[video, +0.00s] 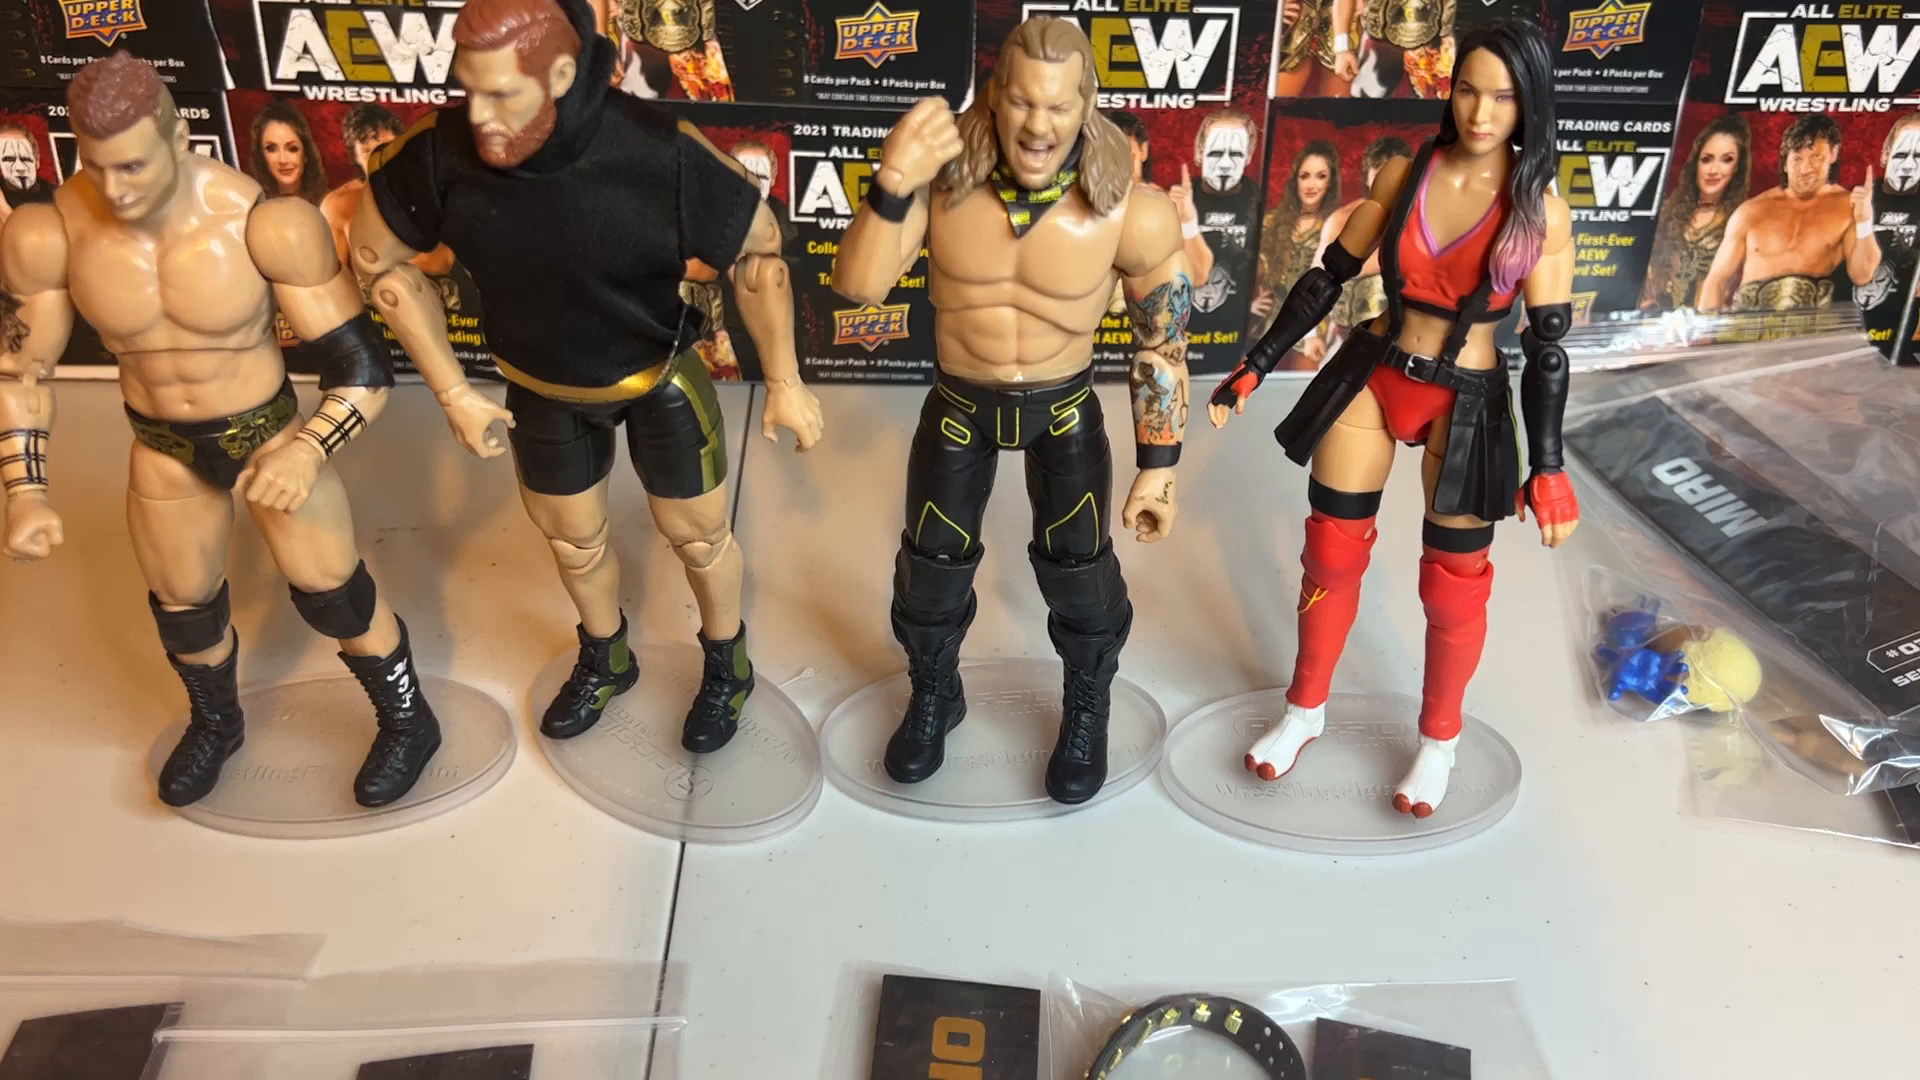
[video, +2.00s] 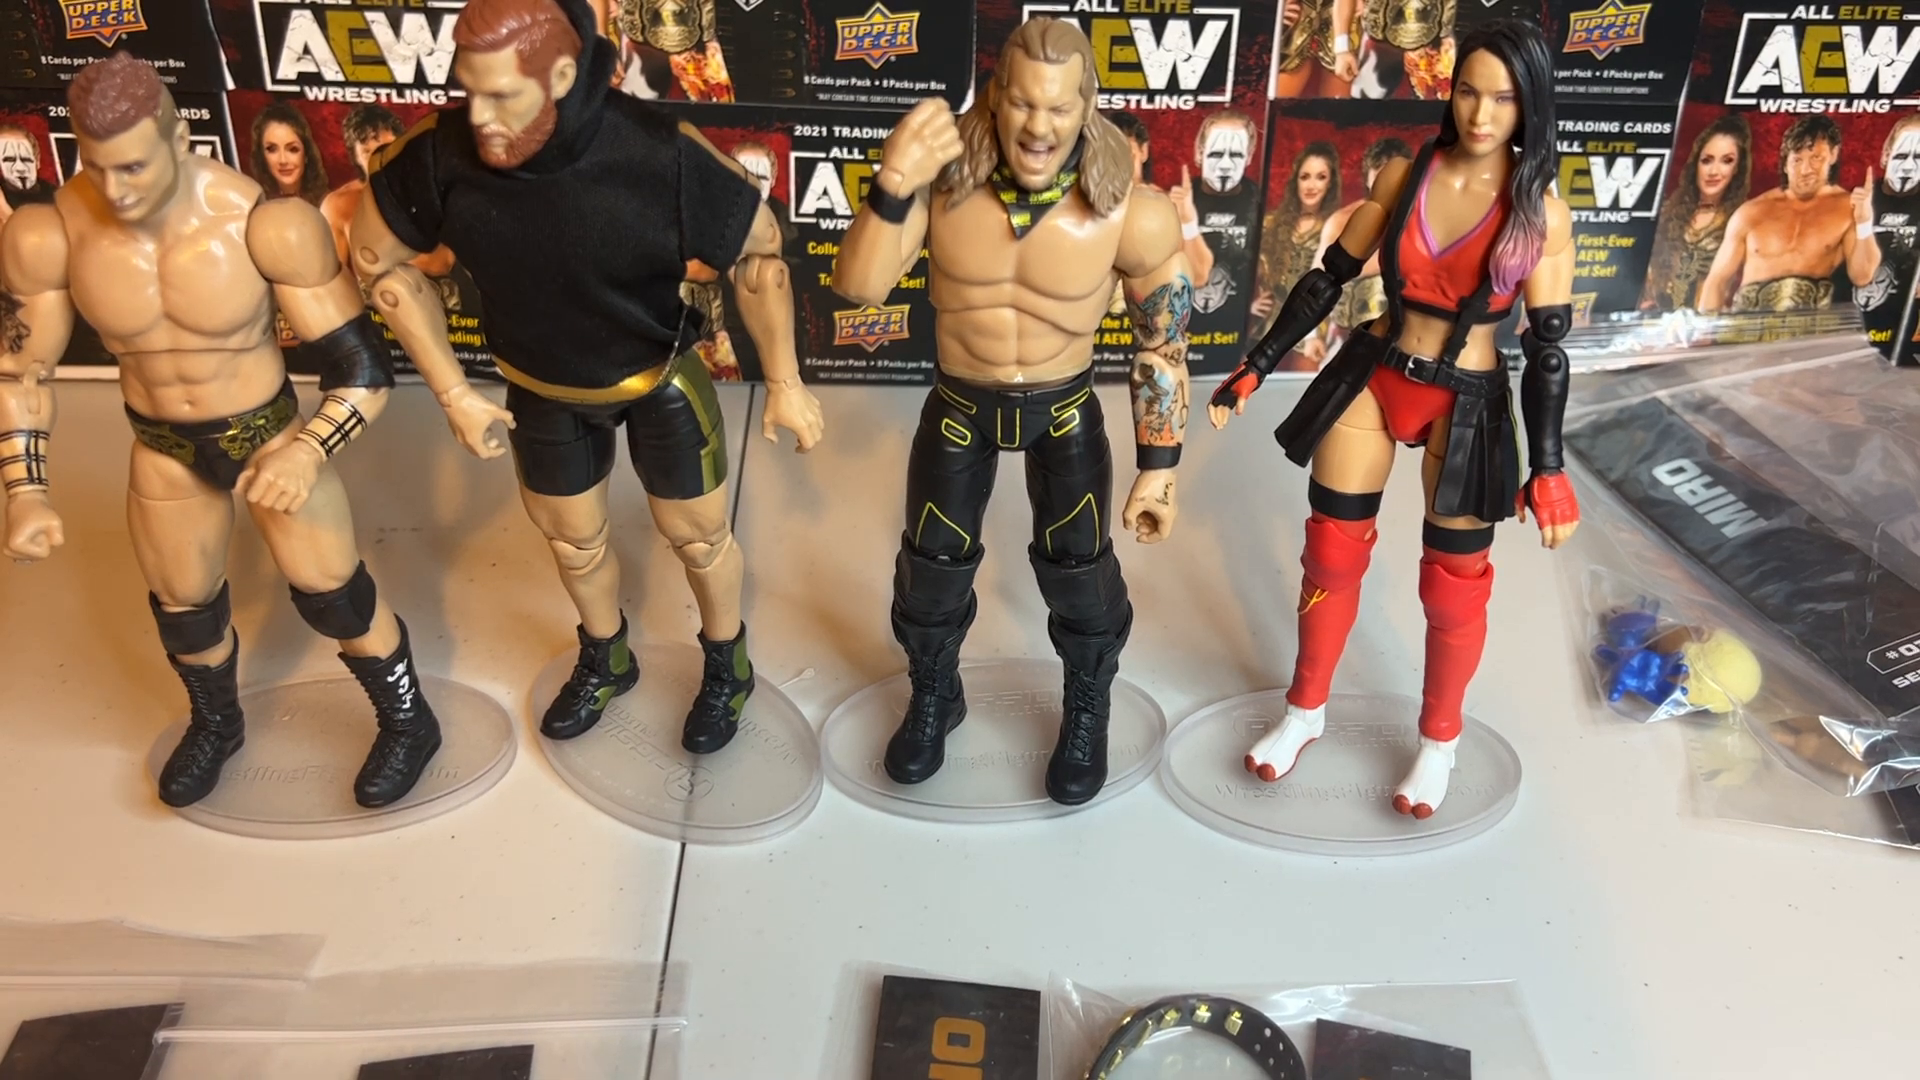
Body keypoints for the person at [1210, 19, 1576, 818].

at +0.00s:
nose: (1479, 112)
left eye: (1500, 98)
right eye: (1468, 92)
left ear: (1529, 108)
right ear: (1450, 92)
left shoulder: (1539, 207)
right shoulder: (1405, 173)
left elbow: (1548, 343)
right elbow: (1332, 272)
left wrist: (1548, 464)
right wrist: (1255, 362)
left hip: (1466, 403)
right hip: (1372, 381)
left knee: (1453, 588)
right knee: (1331, 558)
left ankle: (1437, 740)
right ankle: (1304, 708)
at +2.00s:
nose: (1479, 113)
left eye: (1500, 99)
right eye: (1469, 93)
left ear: (1528, 108)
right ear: (1450, 94)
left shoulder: (1539, 210)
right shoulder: (1405, 175)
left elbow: (1549, 345)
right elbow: (1332, 274)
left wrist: (1548, 465)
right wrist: (1256, 364)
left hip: (1467, 404)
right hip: (1372, 381)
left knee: (1453, 589)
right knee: (1331, 558)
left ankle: (1437, 741)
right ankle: (1304, 709)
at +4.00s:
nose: (1479, 113)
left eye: (1501, 99)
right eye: (1469, 93)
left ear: (1528, 108)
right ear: (1450, 93)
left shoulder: (1540, 209)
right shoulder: (1407, 174)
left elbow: (1549, 344)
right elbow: (1333, 273)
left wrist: (1549, 465)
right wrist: (1257, 363)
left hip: (1466, 405)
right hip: (1371, 382)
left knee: (1454, 590)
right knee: (1331, 560)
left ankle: (1437, 742)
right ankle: (1304, 710)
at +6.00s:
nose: (1480, 114)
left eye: (1501, 99)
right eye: (1469, 94)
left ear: (1529, 108)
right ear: (1451, 94)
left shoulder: (1540, 208)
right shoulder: (1406, 175)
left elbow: (1549, 344)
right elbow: (1332, 274)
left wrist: (1549, 466)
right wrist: (1256, 364)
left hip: (1467, 404)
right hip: (1371, 382)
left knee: (1454, 591)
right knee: (1331, 560)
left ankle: (1437, 742)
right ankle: (1304, 710)